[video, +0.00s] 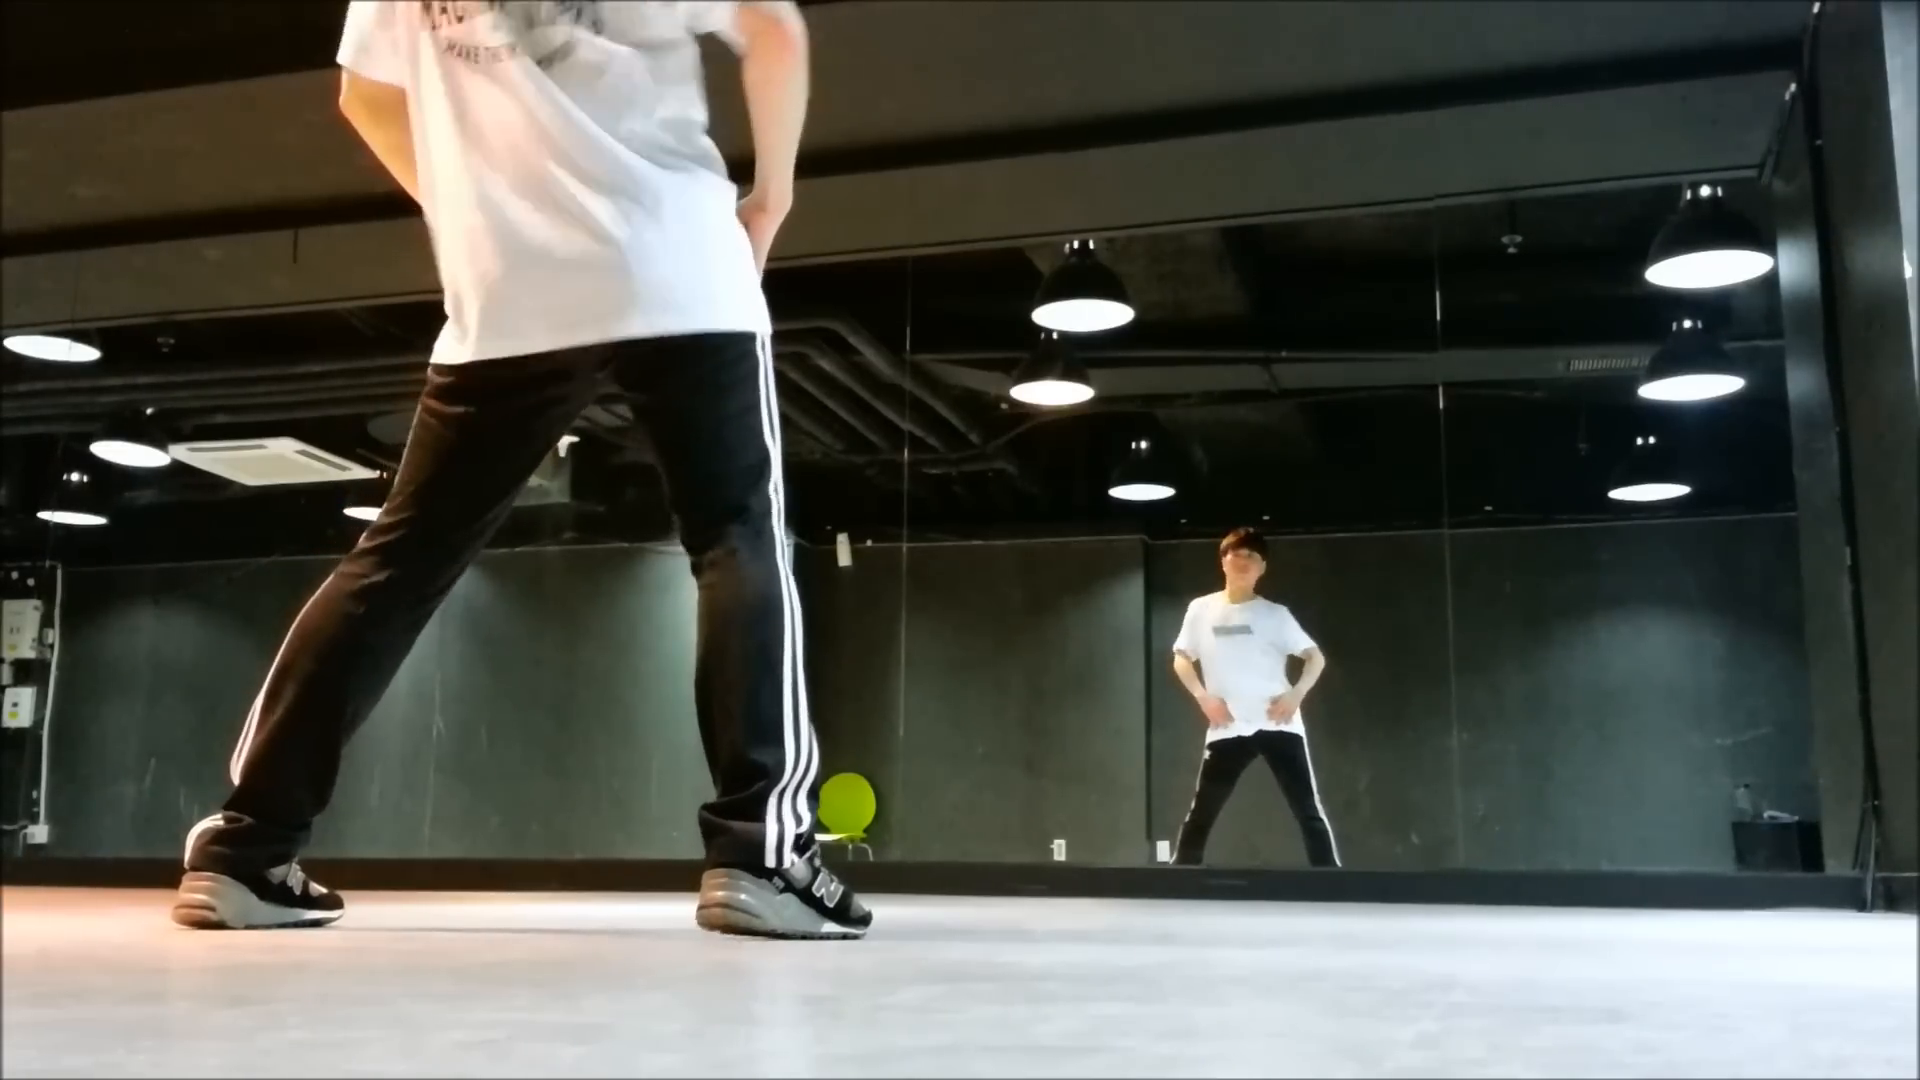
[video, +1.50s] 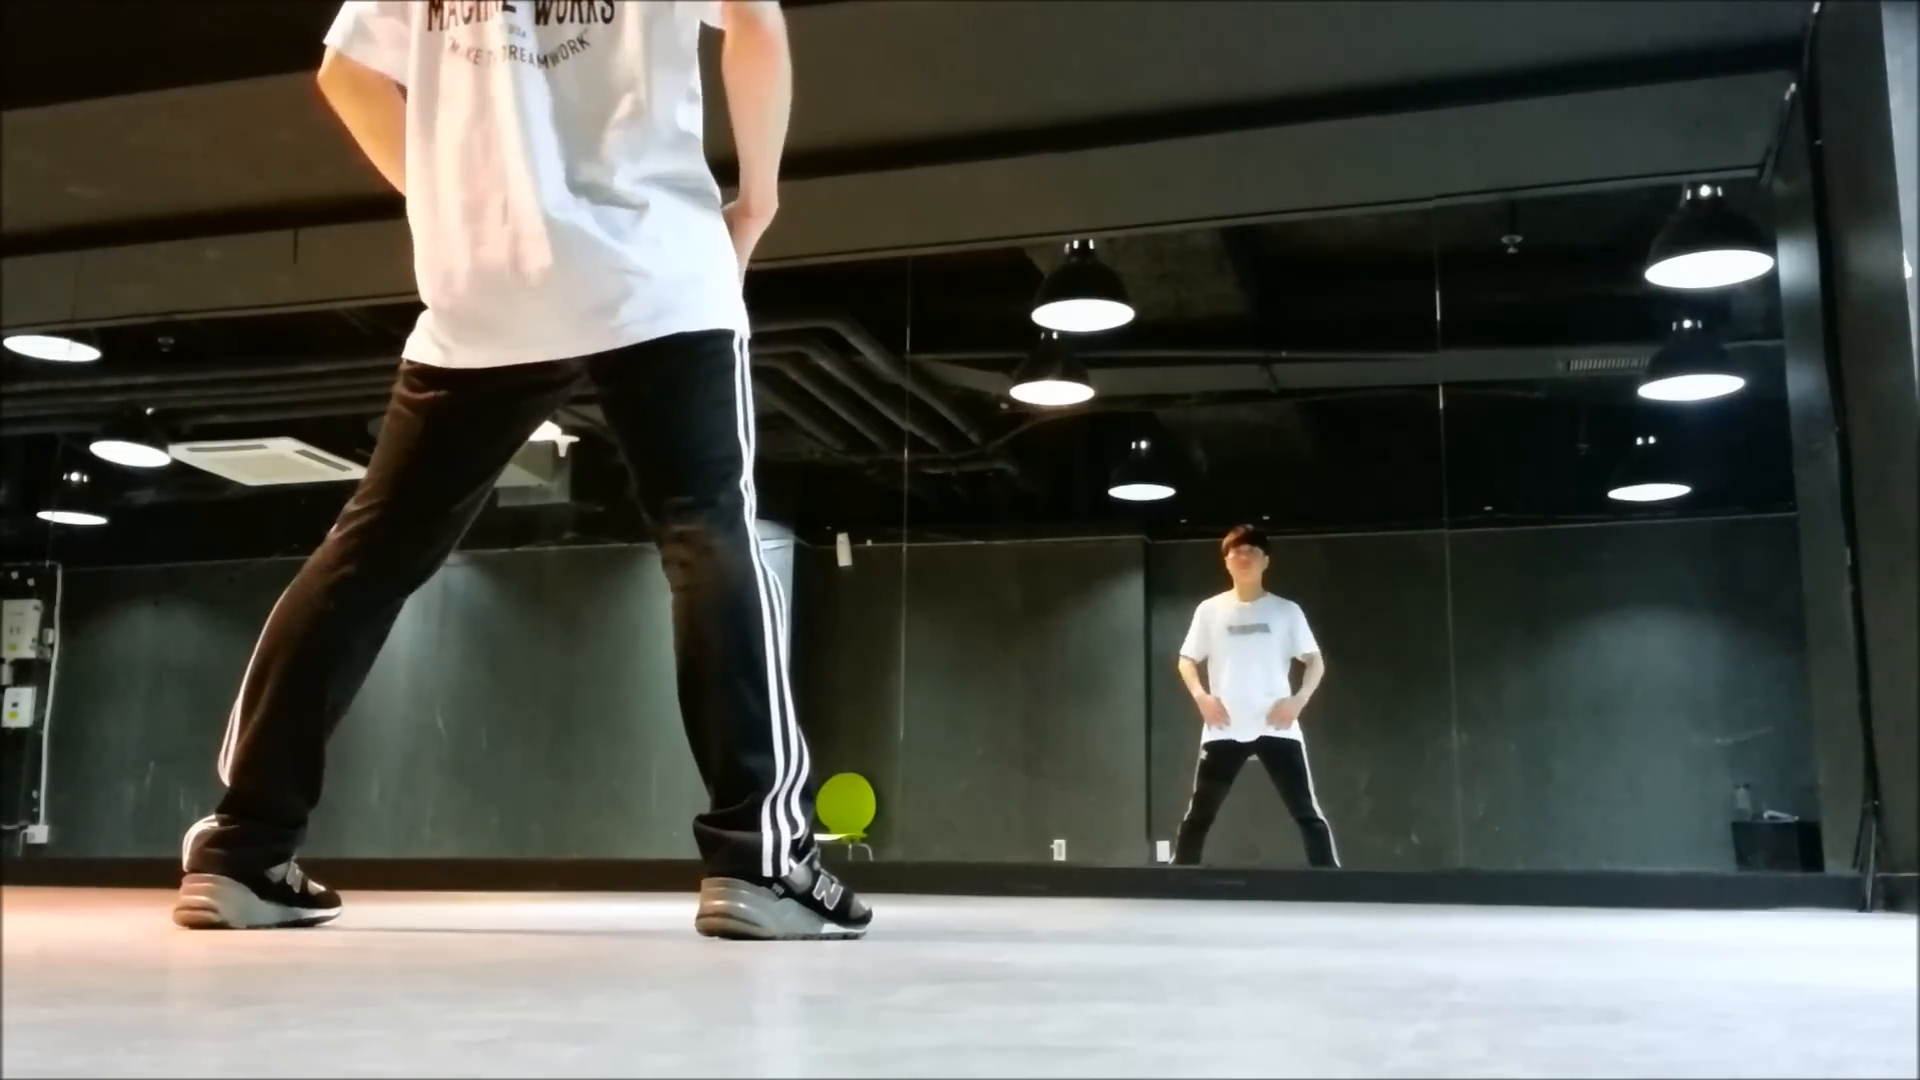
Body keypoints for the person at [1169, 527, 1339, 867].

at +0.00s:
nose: (1242, 563)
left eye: (1251, 557)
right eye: (1235, 555)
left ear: (1262, 567)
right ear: (1223, 561)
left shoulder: (1277, 614)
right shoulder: (1201, 609)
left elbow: (1316, 658)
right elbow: (1181, 661)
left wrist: (1295, 696)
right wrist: (1205, 699)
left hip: (1280, 728)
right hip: (1228, 731)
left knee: (1309, 813)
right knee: (1200, 815)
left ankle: (1333, 889)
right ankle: (1178, 889)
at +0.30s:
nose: (1242, 562)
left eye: (1250, 556)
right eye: (1235, 556)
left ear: (1265, 563)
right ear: (1225, 563)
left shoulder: (1289, 610)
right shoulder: (1211, 614)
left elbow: (1316, 662)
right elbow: (1178, 661)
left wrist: (1292, 698)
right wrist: (1201, 693)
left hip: (1275, 728)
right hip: (1222, 729)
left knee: (1303, 812)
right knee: (1196, 814)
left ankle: (1331, 888)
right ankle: (1178, 890)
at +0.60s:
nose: (1249, 566)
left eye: (1256, 559)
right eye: (1241, 559)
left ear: (1269, 565)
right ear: (1230, 566)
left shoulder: (1294, 612)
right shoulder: (1214, 614)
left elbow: (1323, 662)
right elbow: (1180, 660)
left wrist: (1296, 697)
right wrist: (1203, 695)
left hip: (1277, 729)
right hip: (1224, 729)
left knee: (1305, 813)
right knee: (1197, 815)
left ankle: (1332, 889)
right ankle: (1178, 890)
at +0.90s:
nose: (1248, 563)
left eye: (1256, 556)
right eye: (1241, 555)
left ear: (1269, 564)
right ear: (1229, 562)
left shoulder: (1286, 613)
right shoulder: (1211, 613)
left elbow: (1312, 665)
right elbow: (1188, 664)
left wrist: (1295, 700)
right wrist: (1203, 698)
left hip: (1277, 730)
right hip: (1225, 730)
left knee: (1307, 813)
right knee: (1197, 816)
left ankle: (1332, 888)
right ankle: (1177, 889)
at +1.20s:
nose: (1242, 559)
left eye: (1250, 553)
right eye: (1235, 553)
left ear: (1264, 563)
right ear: (1225, 563)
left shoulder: (1285, 613)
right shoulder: (1207, 614)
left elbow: (1321, 659)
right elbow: (1177, 662)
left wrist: (1295, 694)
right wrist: (1200, 694)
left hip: (1276, 727)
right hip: (1223, 729)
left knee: (1305, 812)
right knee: (1197, 814)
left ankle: (1331, 888)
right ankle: (1178, 889)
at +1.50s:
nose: (1243, 556)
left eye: (1251, 550)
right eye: (1236, 551)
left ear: (1265, 560)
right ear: (1226, 561)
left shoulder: (1287, 611)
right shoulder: (1209, 610)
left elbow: (1315, 663)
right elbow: (1186, 660)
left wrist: (1297, 701)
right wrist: (1202, 697)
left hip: (1278, 731)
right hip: (1224, 731)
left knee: (1307, 813)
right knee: (1198, 816)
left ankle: (1332, 888)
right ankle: (1178, 890)